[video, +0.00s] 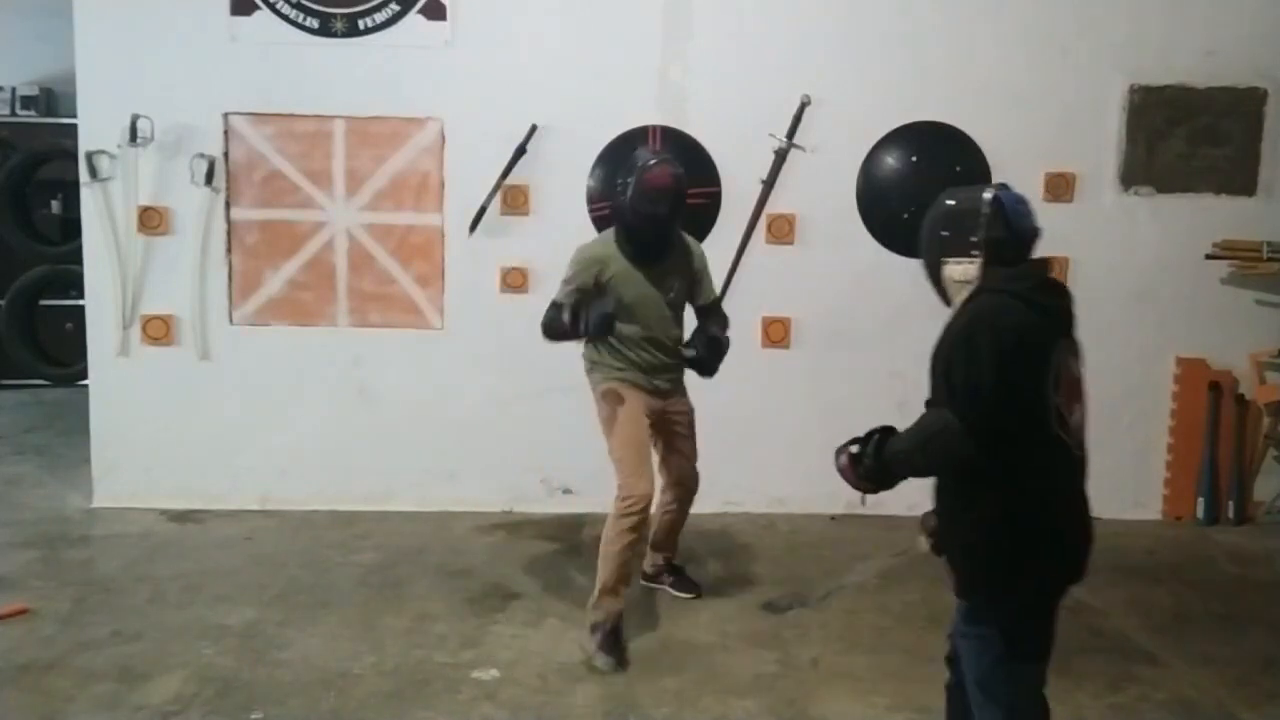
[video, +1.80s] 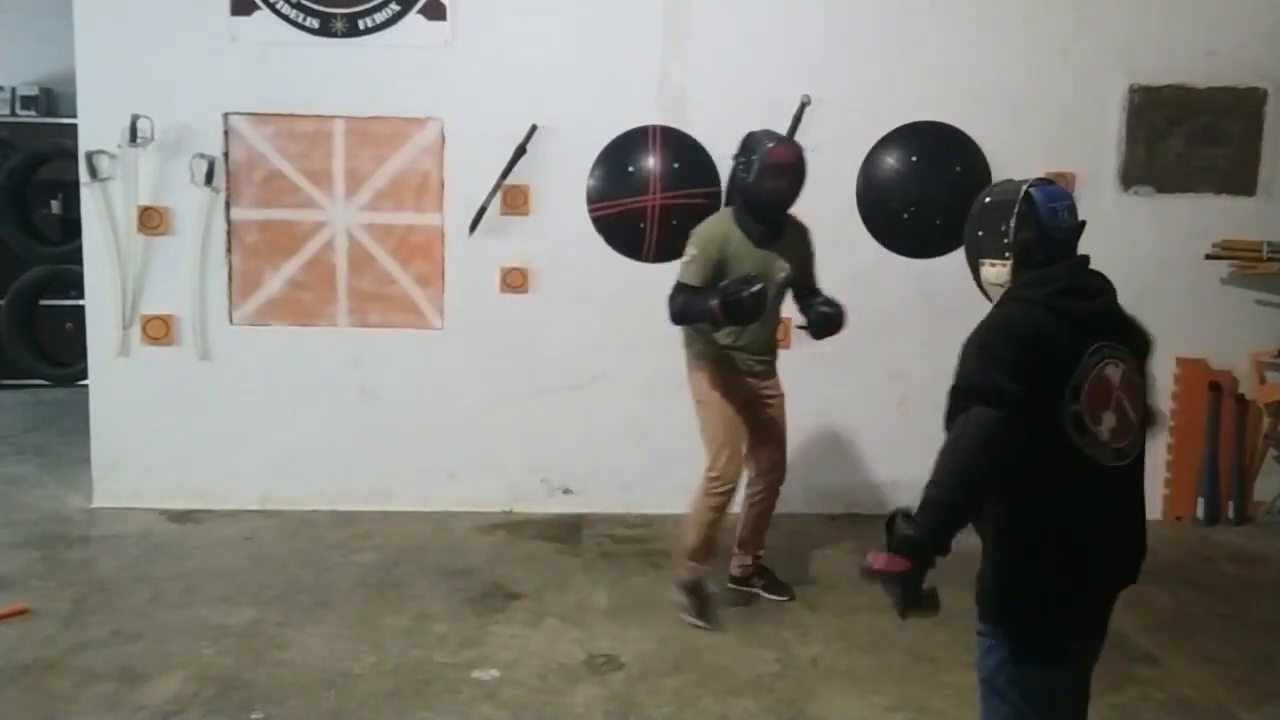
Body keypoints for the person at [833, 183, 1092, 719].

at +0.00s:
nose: (936, 268)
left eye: (942, 253)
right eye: (938, 254)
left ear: (965, 253)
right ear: (1008, 248)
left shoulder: (988, 319)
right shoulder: (1035, 304)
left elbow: (959, 429)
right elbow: (1025, 439)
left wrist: (880, 461)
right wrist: (959, 512)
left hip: (1005, 552)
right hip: (1035, 539)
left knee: (999, 692)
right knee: (974, 668)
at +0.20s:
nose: (982, 273)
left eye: (986, 259)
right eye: (983, 259)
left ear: (1010, 259)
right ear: (1058, 252)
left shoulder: (1021, 333)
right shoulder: (1102, 322)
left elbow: (974, 447)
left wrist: (903, 495)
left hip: (1029, 574)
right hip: (1091, 562)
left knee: (1020, 701)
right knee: (1053, 699)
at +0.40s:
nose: (1018, 260)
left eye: (1023, 246)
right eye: (1020, 246)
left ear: (1047, 247)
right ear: (1098, 242)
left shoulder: (1058, 326)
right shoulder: (1141, 317)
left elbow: (1017, 453)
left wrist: (956, 556)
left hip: (1060, 565)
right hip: (1116, 555)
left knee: (1053, 698)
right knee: (1087, 695)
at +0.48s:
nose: (1024, 267)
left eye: (1029, 250)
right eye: (1025, 250)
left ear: (1055, 250)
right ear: (1107, 242)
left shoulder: (1068, 326)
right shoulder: (1150, 318)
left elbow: (1044, 455)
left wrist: (992, 561)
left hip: (1072, 565)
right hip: (1129, 557)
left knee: (1060, 694)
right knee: (1099, 687)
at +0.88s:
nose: (1053, 266)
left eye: (1058, 251)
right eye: (1053, 251)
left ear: (1085, 245)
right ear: (1137, 241)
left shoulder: (1092, 312)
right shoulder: (1181, 314)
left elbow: (1068, 421)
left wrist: (1006, 495)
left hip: (1099, 548)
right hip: (1170, 546)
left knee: (1063, 688)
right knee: (1139, 689)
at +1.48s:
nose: (998, 248)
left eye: (1006, 236)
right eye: (1001, 235)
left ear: (1027, 241)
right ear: (1083, 239)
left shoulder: (1018, 331)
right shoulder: (1148, 332)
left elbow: (988, 458)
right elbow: (1167, 443)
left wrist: (952, 563)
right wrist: (1123, 511)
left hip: (1028, 556)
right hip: (1109, 549)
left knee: (1009, 679)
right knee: (1077, 677)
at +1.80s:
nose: (984, 259)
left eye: (990, 246)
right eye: (985, 245)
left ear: (1009, 247)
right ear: (1063, 240)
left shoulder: (1009, 330)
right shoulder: (1114, 321)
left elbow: (975, 446)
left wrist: (918, 539)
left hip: (1029, 566)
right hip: (1103, 556)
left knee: (1014, 697)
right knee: (1063, 696)